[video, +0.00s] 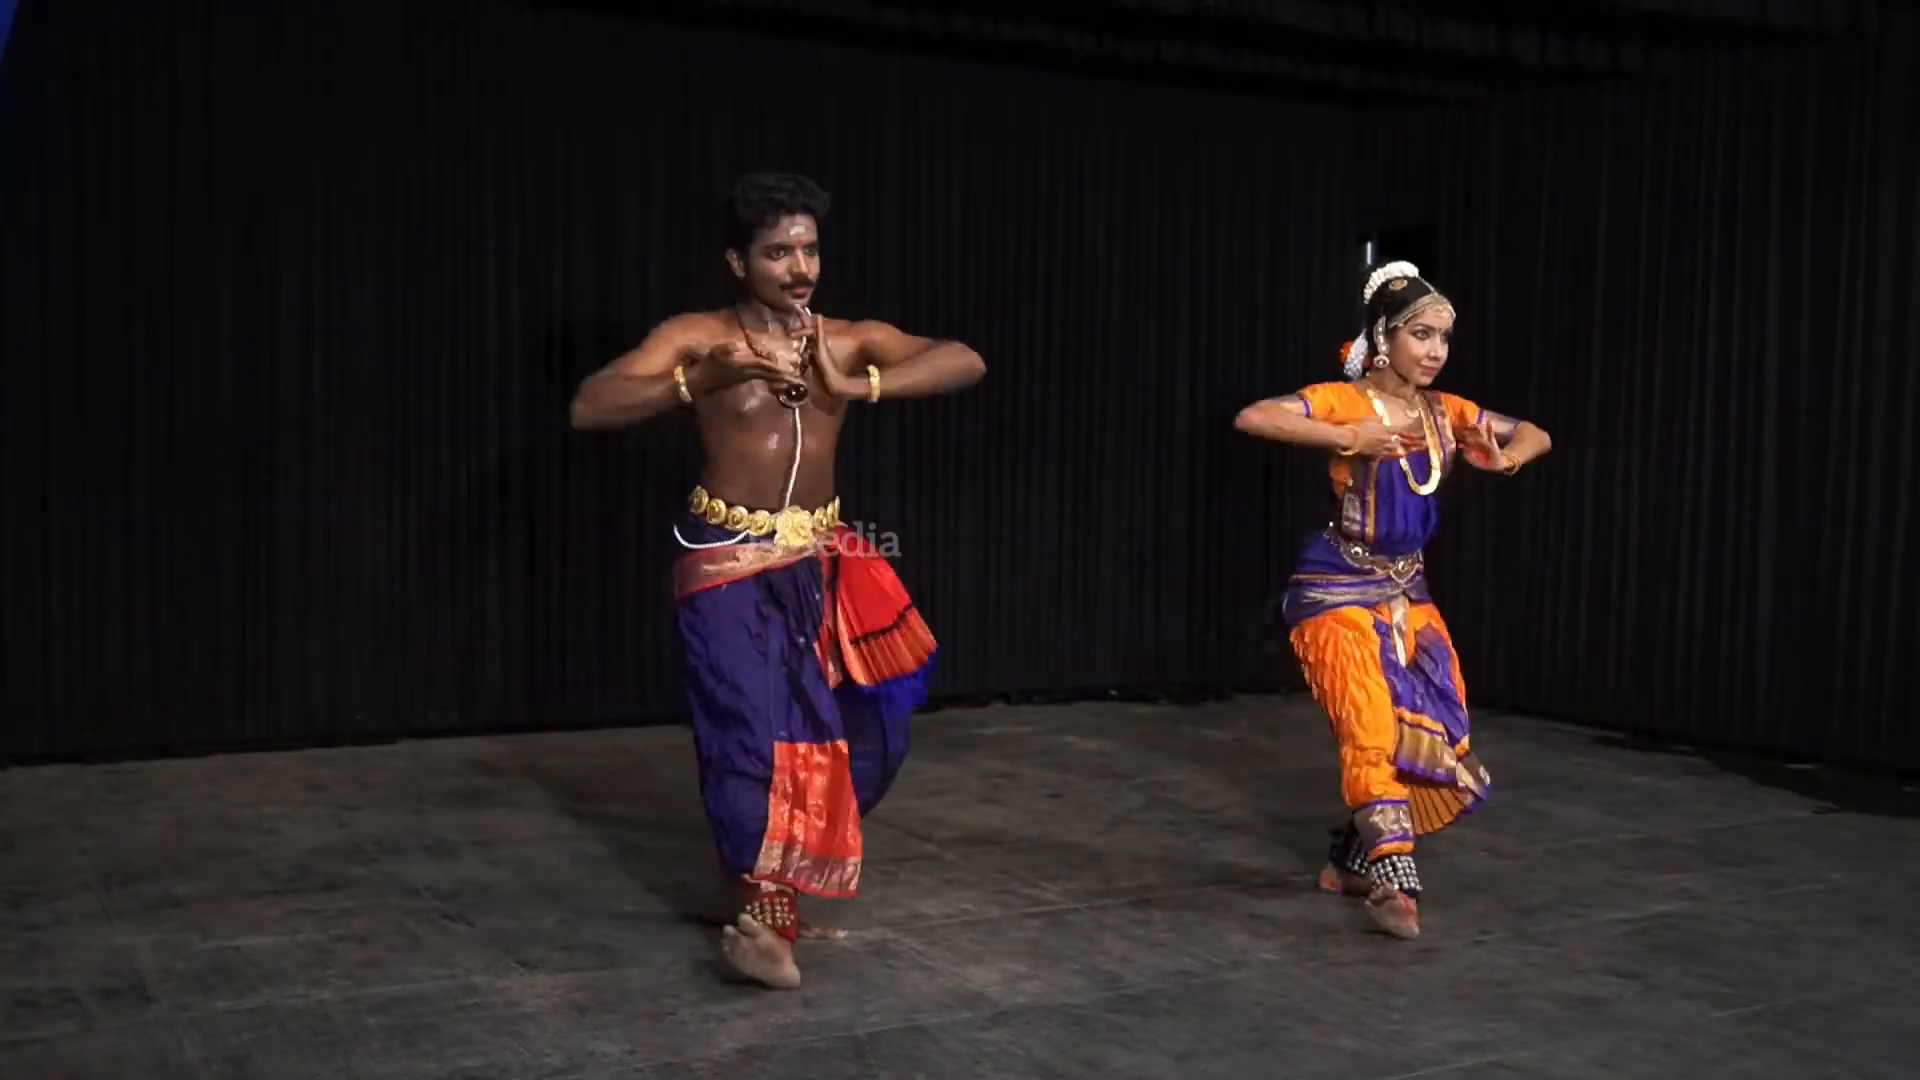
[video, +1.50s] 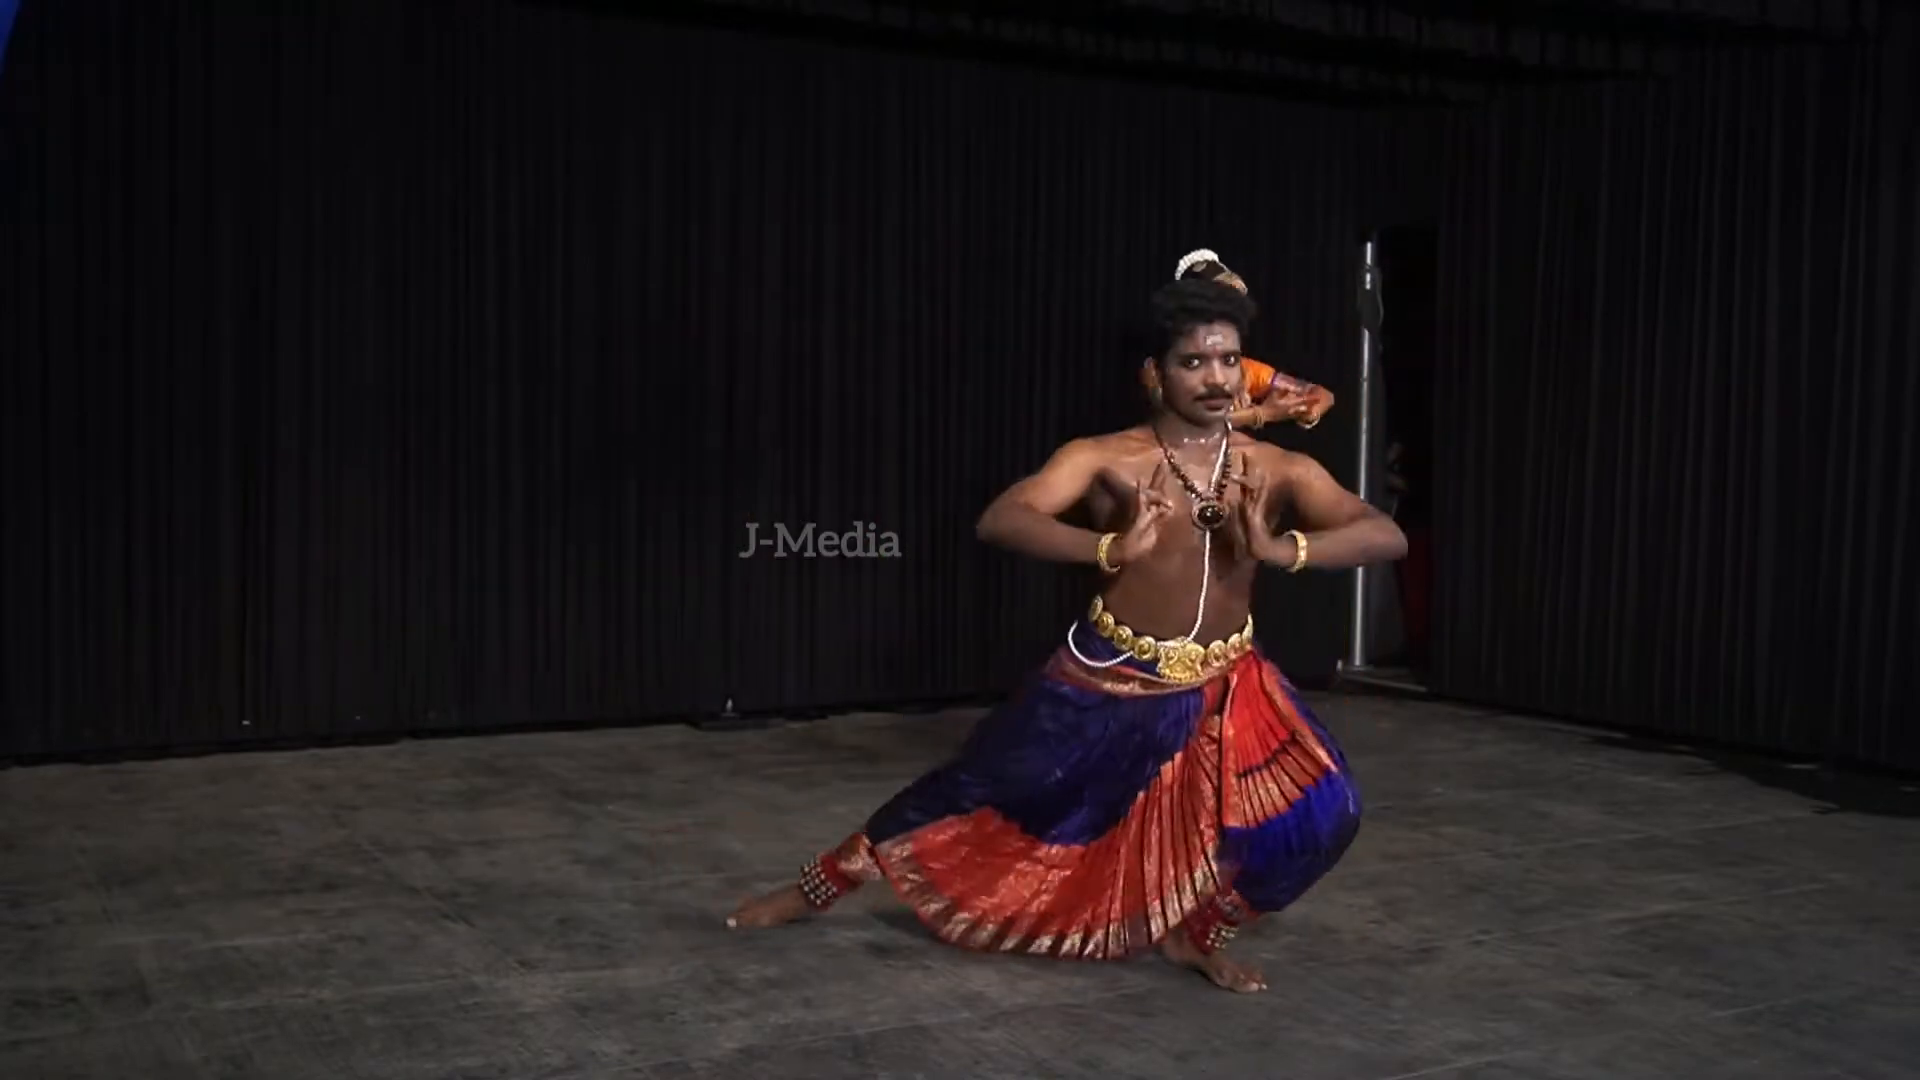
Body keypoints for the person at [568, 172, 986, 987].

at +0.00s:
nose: (802, 267)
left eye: (811, 250)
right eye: (781, 253)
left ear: (820, 254)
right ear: (740, 263)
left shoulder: (848, 337)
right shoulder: (698, 337)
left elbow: (967, 361)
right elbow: (590, 406)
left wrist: (869, 384)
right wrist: (695, 379)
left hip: (817, 555)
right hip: (730, 557)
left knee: (823, 719)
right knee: (755, 724)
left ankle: (776, 897)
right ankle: (761, 915)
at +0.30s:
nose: (753, 264)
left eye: (767, 252)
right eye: (755, 250)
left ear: (815, 262)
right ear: (799, 260)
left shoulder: (874, 345)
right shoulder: (762, 331)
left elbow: (880, 402)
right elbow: (702, 332)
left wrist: (779, 394)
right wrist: (653, 321)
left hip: (833, 572)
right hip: (740, 563)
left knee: (828, 735)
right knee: (693, 725)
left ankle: (789, 894)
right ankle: (710, 881)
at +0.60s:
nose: (869, 268)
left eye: (890, 256)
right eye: (860, 252)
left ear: (923, 273)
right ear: (846, 261)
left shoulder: (958, 363)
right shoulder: (806, 343)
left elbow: (1063, 437)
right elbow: (688, 384)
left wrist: (963, 412)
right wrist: (806, 395)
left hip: (911, 561)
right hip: (810, 559)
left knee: (1010, 674)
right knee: (758, 715)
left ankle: (927, 760)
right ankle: (721, 867)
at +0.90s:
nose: (1113, 355)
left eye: (1115, 340)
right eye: (1097, 338)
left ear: (1091, 349)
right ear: (1041, 344)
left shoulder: (1078, 423)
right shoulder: (1019, 426)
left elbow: (1181, 463)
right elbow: (1164, 473)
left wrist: (1313, 469)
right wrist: (1316, 474)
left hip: (1071, 644)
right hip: (983, 652)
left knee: (1211, 732)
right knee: (845, 803)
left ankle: (1194, 928)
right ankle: (688, 853)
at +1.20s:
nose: (1222, 434)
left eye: (1223, 415)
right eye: (1202, 416)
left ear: (1209, 422)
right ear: (1146, 427)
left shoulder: (1208, 489)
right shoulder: (1112, 504)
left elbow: (1294, 522)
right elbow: (1236, 533)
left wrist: (1443, 542)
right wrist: (1374, 536)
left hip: (1158, 712)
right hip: (1059, 718)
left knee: (1301, 781)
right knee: (903, 806)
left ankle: (1184, 927)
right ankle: (729, 855)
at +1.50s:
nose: (1217, 376)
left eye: (1229, 360)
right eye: (1197, 361)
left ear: (1246, 371)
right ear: (1156, 373)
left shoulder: (1281, 469)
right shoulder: (1103, 459)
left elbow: (1387, 538)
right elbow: (1003, 519)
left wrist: (1285, 549)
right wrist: (1104, 548)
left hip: (1224, 685)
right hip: (1108, 680)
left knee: (1320, 808)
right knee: (975, 787)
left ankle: (1199, 926)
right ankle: (817, 888)